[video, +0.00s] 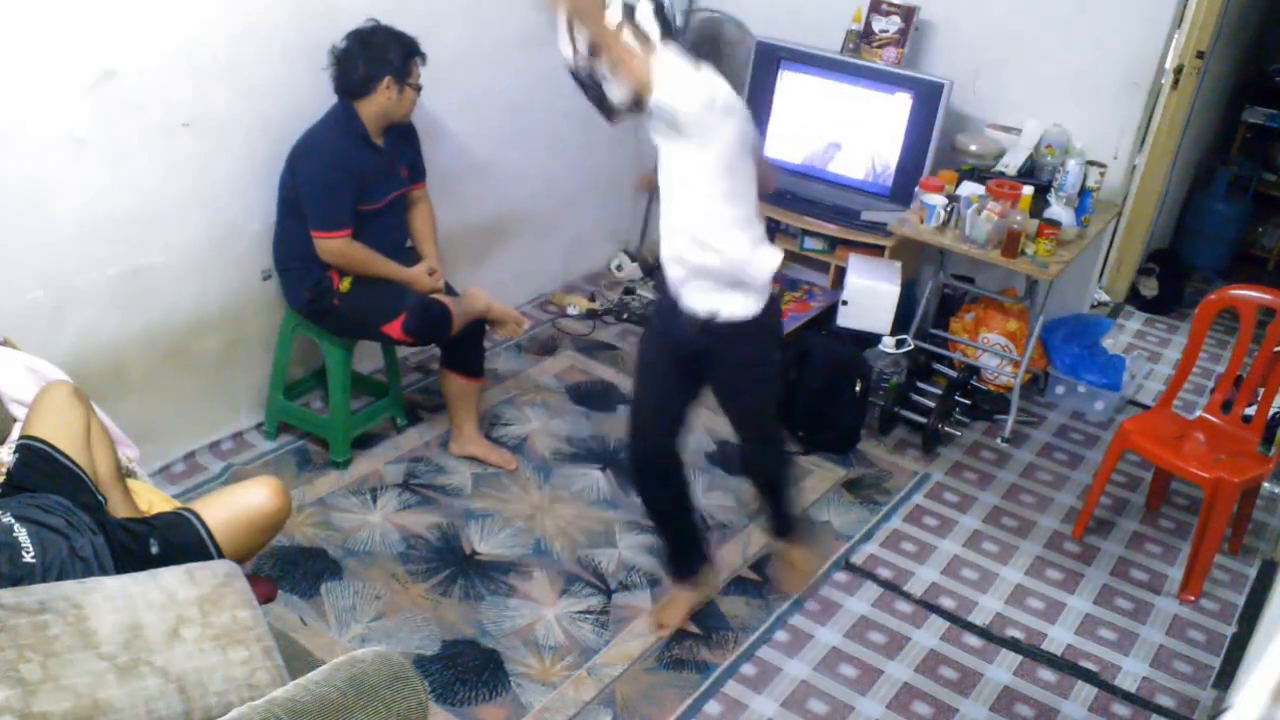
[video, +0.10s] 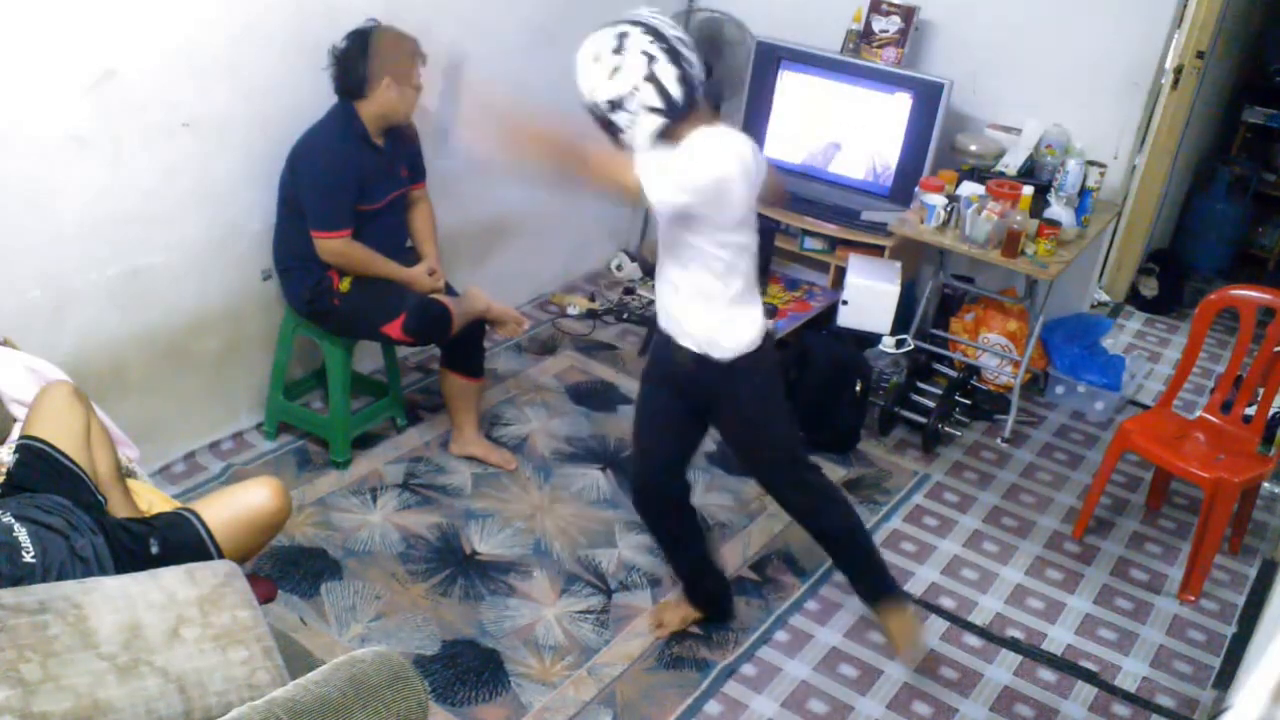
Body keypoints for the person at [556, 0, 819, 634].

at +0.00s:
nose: (624, 69)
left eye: (630, 57)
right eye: (618, 60)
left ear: (664, 53)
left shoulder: (712, 100)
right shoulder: (672, 110)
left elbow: (617, 50)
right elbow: (755, 181)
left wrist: (587, 15)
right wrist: (667, 180)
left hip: (741, 314)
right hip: (679, 305)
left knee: (760, 441)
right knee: (650, 448)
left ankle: (791, 535)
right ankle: (692, 571)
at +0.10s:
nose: (616, 123)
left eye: (617, 108)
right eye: (609, 112)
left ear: (640, 95)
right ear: (675, 74)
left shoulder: (725, 154)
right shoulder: (669, 150)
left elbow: (608, 170)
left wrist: (528, 141)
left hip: (738, 360)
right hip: (676, 351)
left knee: (791, 480)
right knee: (655, 488)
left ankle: (886, 599)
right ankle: (707, 598)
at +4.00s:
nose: (717, 81)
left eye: (732, 72)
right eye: (707, 64)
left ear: (746, 69)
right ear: (676, 45)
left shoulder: (732, 109)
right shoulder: (627, 88)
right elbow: (575, 38)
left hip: (698, 291)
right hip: (625, 288)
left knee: (683, 443)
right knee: (604, 420)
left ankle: (667, 605)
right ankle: (589, 523)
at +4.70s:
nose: (720, 82)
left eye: (728, 69)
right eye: (714, 72)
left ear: (764, 76)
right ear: (719, 82)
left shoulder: (796, 135)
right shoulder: (730, 131)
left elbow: (750, 71)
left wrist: (727, 5)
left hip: (765, 334)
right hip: (714, 317)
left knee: (723, 469)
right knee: (653, 445)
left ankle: (741, 584)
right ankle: (619, 582)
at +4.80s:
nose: (712, 85)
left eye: (720, 73)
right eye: (711, 73)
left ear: (750, 70)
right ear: (752, 70)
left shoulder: (777, 123)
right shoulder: (740, 114)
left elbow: (722, 129)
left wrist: (699, 24)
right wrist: (673, 62)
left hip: (749, 330)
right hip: (706, 313)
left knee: (723, 466)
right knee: (638, 435)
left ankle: (736, 586)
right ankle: (590, 569)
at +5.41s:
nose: (641, 57)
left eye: (667, 53)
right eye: (640, 36)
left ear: (696, 53)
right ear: (630, 13)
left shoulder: (692, 110)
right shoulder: (596, 19)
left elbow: (640, 205)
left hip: (639, 254)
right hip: (561, 234)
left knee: (663, 401)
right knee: (561, 370)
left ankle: (696, 536)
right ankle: (567, 488)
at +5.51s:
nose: (654, 66)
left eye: (671, 60)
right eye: (655, 50)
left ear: (687, 57)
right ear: (638, 17)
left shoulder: (679, 93)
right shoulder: (566, 16)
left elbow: (696, 219)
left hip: (622, 252)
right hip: (543, 245)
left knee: (646, 402)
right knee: (540, 391)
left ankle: (663, 553)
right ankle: (550, 503)